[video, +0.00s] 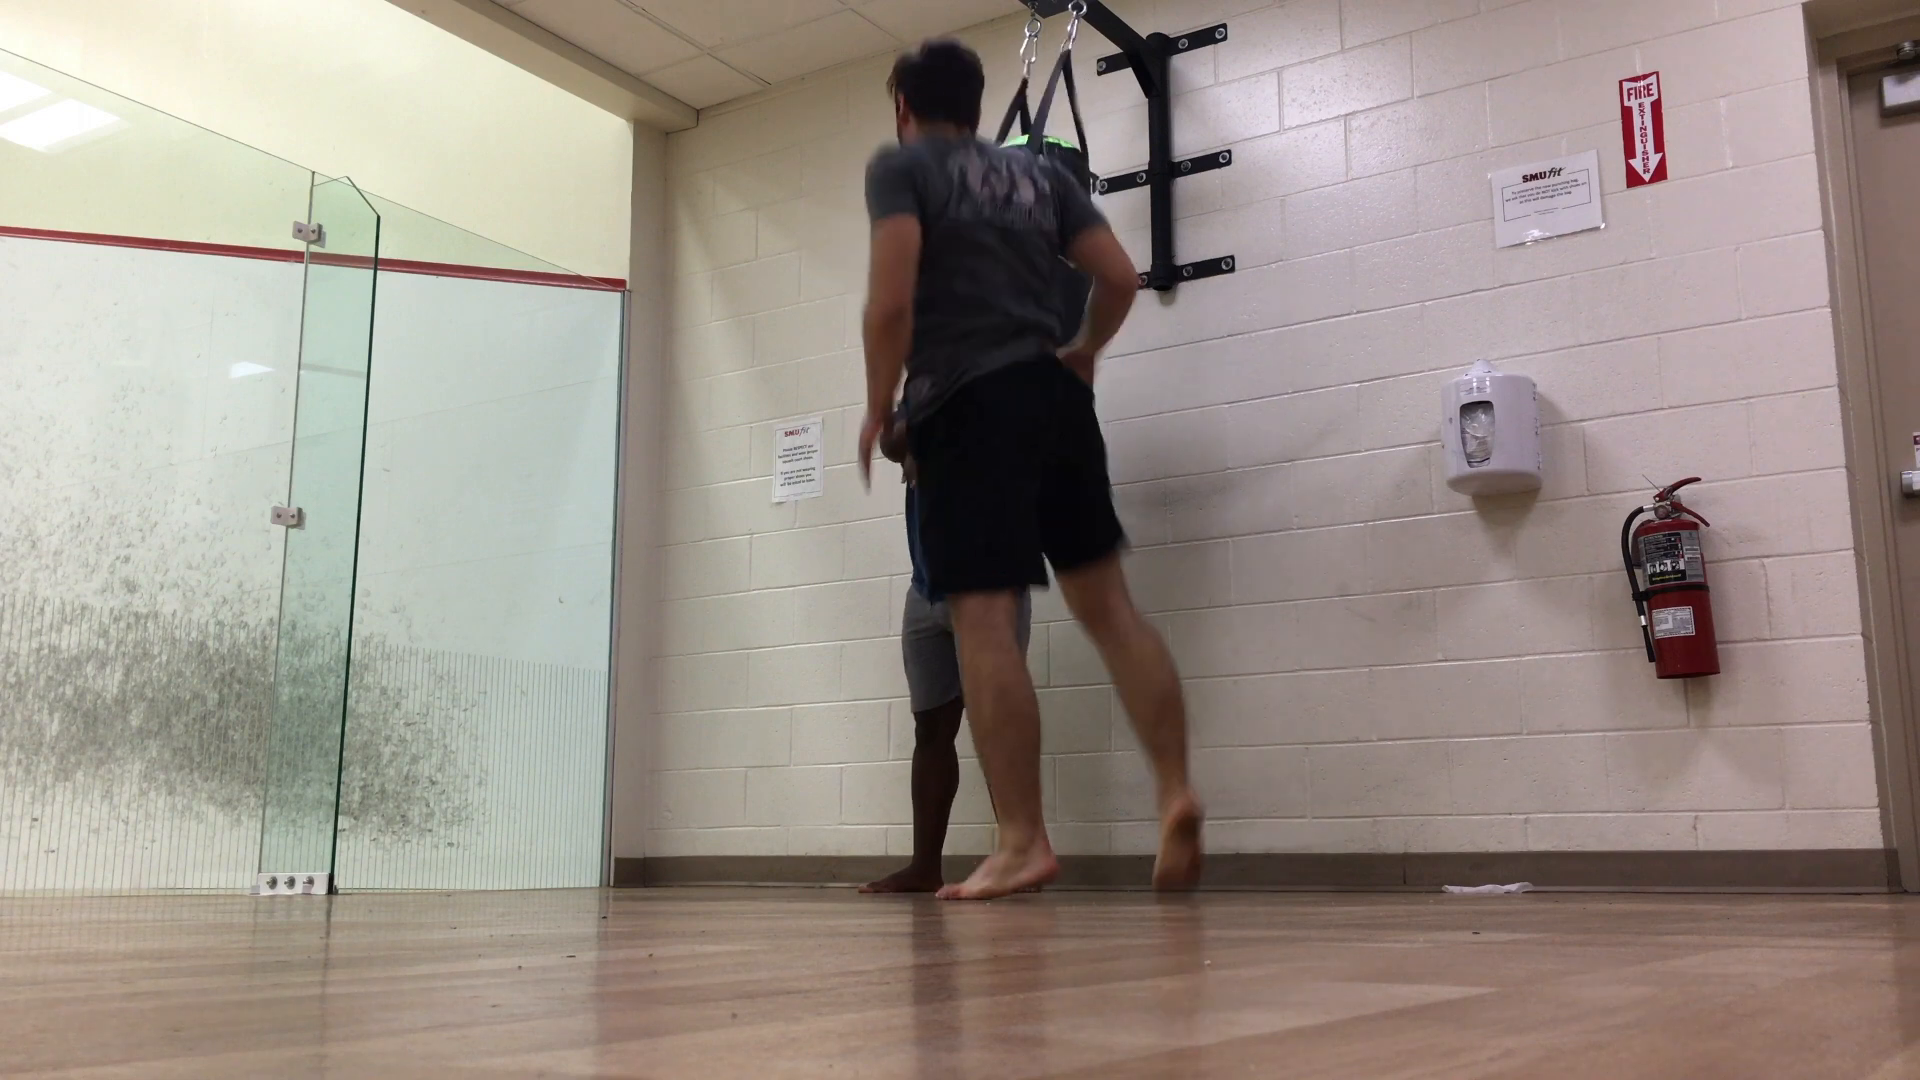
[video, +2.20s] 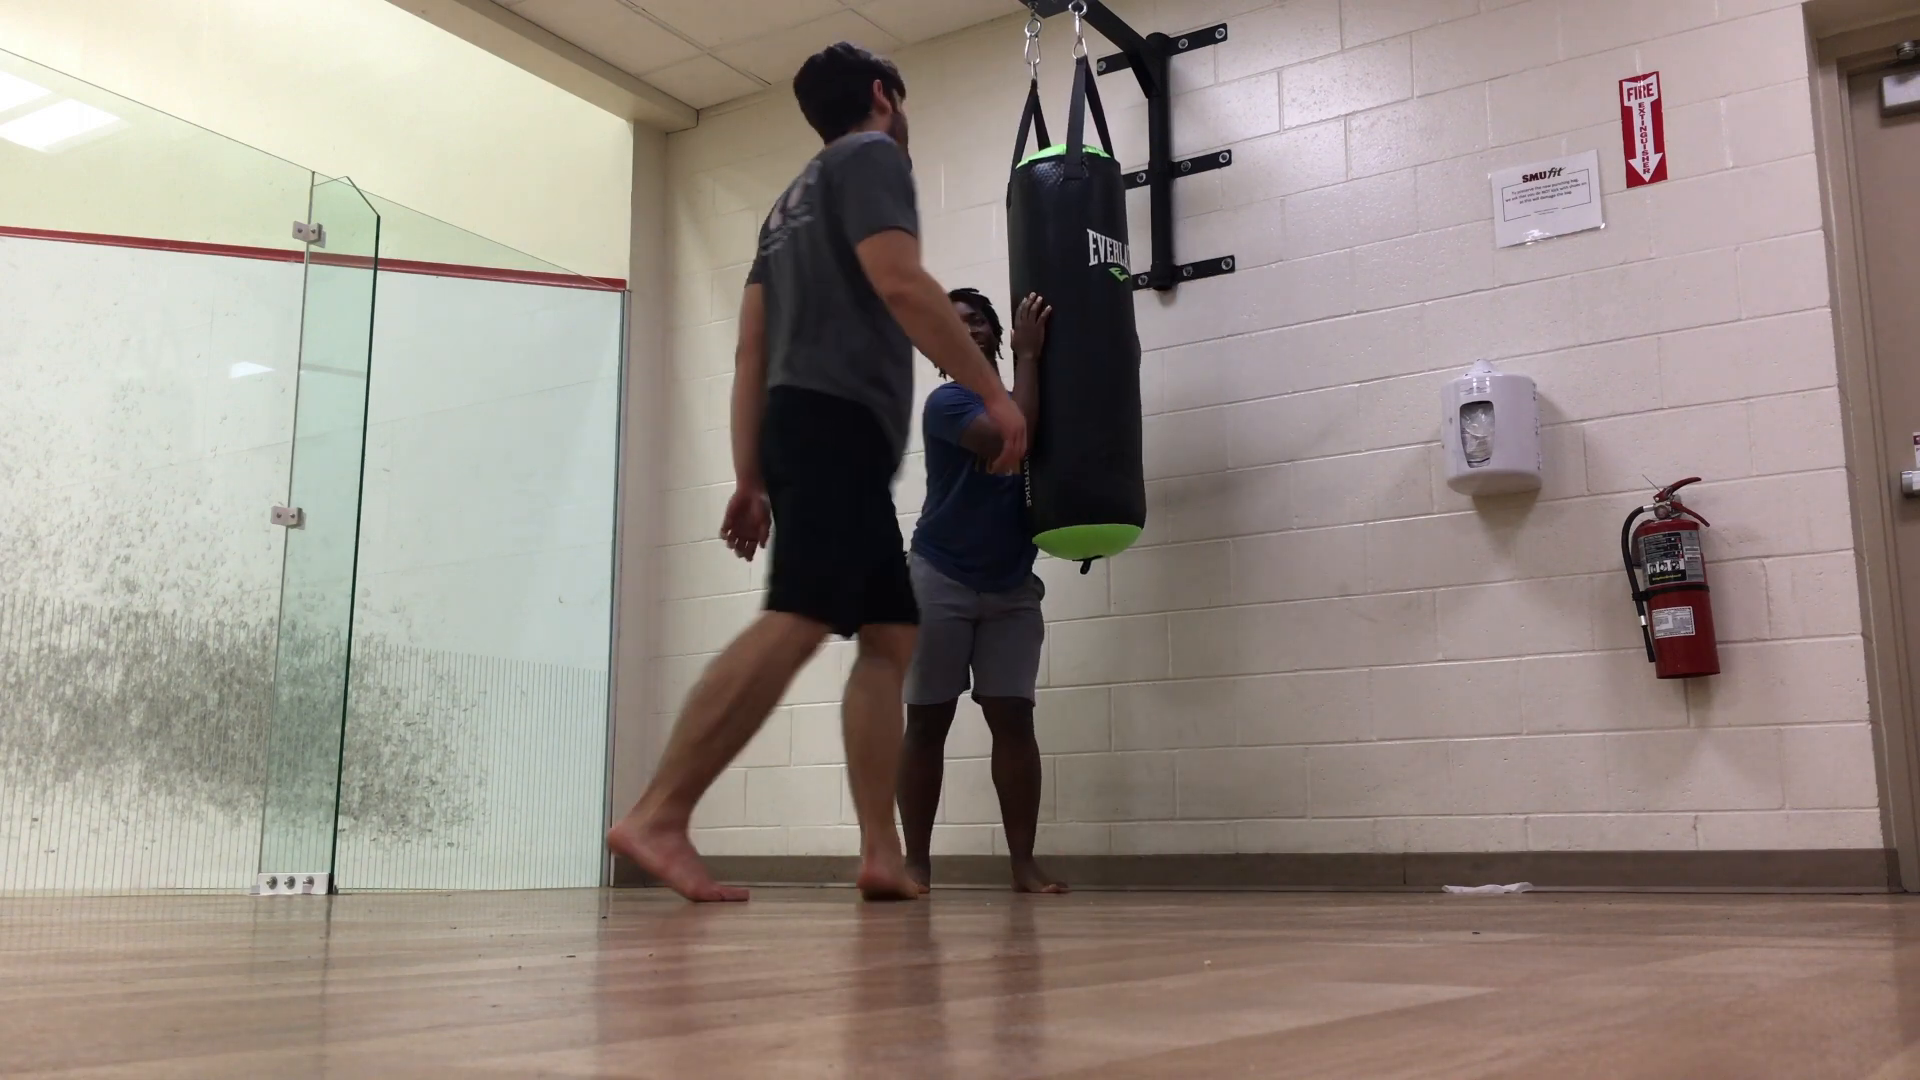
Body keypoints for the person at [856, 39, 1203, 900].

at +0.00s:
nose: (891, 123)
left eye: (892, 111)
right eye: (894, 111)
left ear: (903, 109)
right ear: (978, 110)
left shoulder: (900, 164)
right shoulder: (1040, 171)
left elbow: (891, 304)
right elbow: (1119, 276)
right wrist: (1082, 352)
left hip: (967, 417)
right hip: (1059, 404)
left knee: (985, 630)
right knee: (1109, 608)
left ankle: (1022, 843)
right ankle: (1177, 790)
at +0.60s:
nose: (975, 152)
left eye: (971, 141)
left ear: (980, 143)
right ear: (1057, 135)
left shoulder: (946, 217)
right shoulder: (1111, 193)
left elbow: (915, 363)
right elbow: (1164, 299)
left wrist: (943, 412)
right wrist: (1188, 424)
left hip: (996, 443)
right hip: (1101, 437)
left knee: (986, 643)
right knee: (1125, 643)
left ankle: (995, 861)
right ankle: (1153, 860)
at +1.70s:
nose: (984, 140)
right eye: (984, 130)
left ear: (904, 142)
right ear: (981, 135)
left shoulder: (856, 222)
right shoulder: (1008, 197)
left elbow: (833, 366)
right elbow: (1041, 314)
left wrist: (903, 396)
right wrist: (1091, 436)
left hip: (889, 441)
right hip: (991, 436)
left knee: (877, 643)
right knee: (1063, 631)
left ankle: (885, 861)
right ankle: (1117, 844)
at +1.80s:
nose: (961, 140)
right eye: (962, 128)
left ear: (880, 139)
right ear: (955, 130)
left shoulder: (832, 221)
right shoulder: (976, 185)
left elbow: (820, 364)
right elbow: (1003, 301)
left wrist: (874, 430)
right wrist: (1048, 425)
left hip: (870, 442)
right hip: (972, 429)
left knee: (867, 643)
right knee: (1032, 622)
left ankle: (883, 861)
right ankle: (1018, 841)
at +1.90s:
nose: (939, 135)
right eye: (939, 124)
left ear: (858, 135)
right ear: (935, 126)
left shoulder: (813, 222)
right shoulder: (947, 175)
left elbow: (813, 365)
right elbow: (967, 285)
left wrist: (837, 453)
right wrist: (1011, 416)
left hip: (848, 439)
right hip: (941, 424)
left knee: (859, 644)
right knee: (997, 625)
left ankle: (882, 859)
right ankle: (890, 809)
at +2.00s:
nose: (921, 126)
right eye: (919, 115)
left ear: (837, 130)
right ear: (914, 118)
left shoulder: (801, 219)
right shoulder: (921, 166)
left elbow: (794, 368)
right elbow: (943, 281)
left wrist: (793, 487)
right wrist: (991, 407)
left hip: (828, 440)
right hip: (909, 426)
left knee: (854, 642)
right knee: (936, 629)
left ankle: (884, 860)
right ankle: (775, 782)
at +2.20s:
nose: (905, 120)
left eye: (901, 106)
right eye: (901, 104)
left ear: (821, 116)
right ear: (881, 99)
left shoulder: (783, 206)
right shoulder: (868, 153)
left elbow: (753, 346)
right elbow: (898, 282)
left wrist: (748, 475)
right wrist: (995, 396)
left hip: (798, 425)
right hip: (835, 421)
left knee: (890, 631)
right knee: (800, 616)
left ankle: (882, 852)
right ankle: (655, 819)